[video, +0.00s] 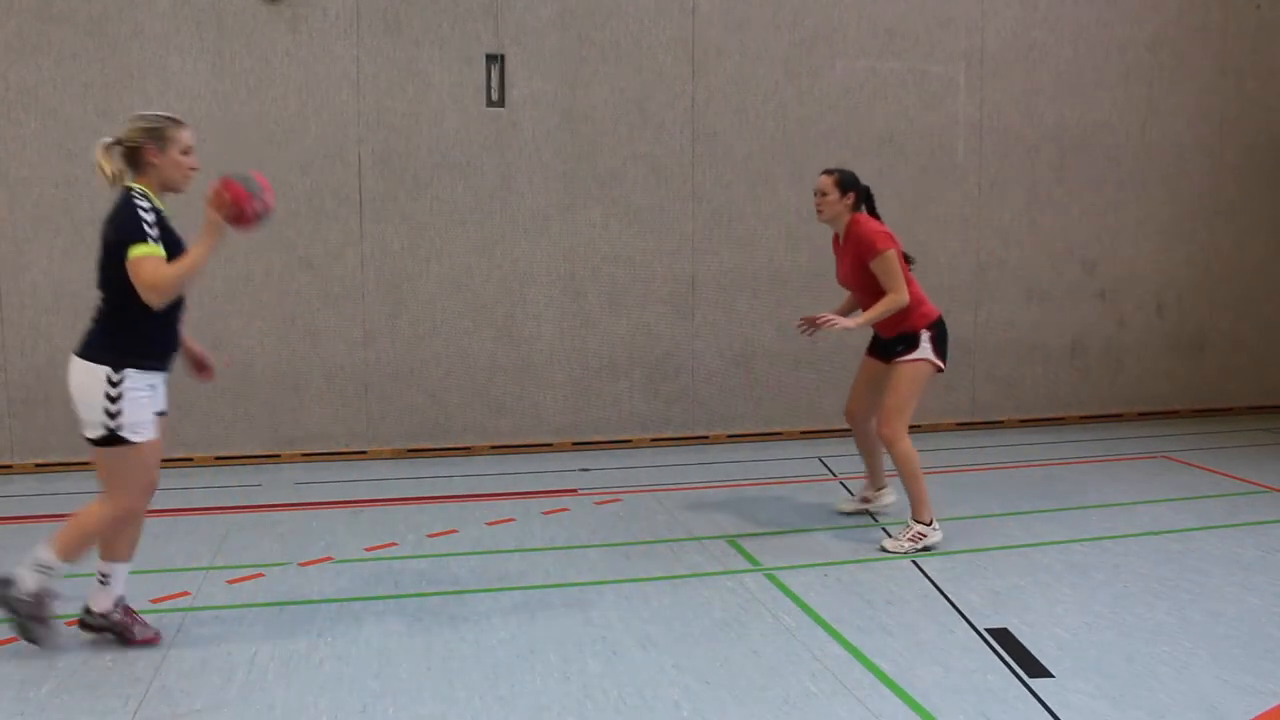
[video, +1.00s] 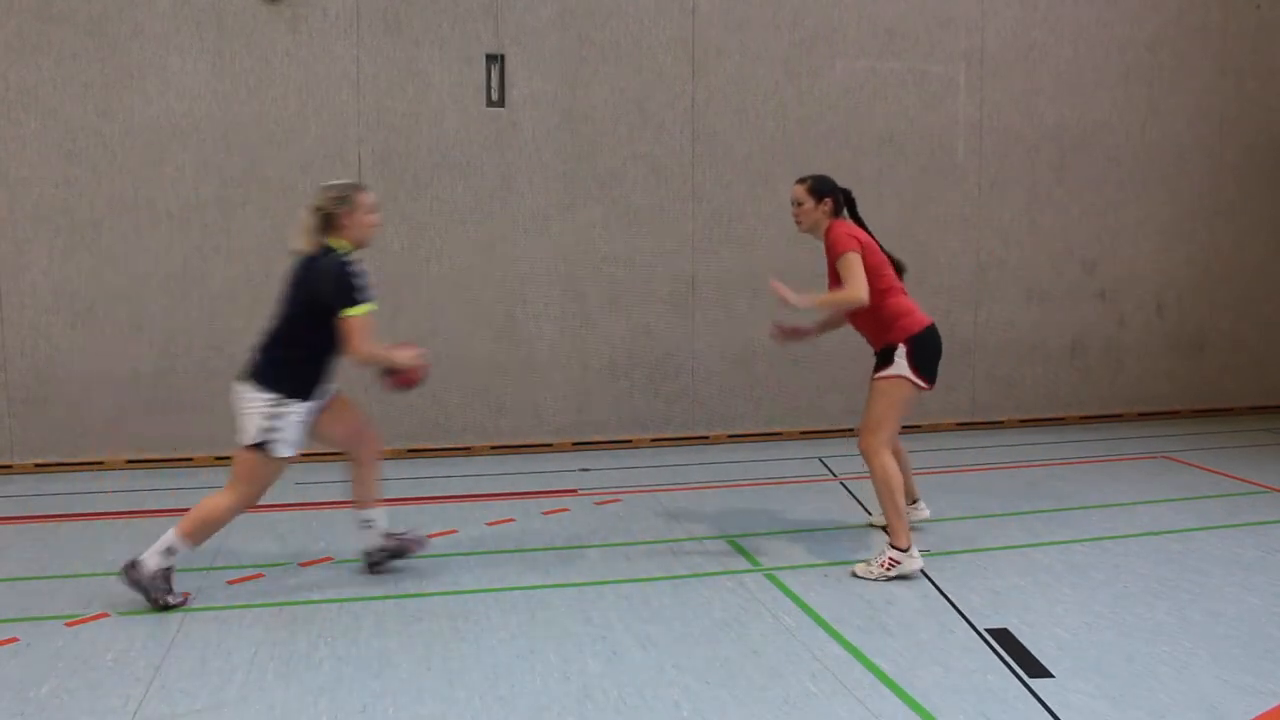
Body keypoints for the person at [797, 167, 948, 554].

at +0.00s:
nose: (816, 202)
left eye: (823, 195)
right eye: (815, 195)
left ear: (848, 198)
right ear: (837, 201)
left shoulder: (870, 234)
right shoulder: (842, 237)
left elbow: (899, 295)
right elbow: (862, 289)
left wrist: (854, 322)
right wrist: (832, 316)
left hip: (920, 334)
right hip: (887, 335)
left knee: (891, 427)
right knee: (858, 414)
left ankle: (925, 524)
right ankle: (877, 489)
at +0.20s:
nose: (800, 223)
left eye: (807, 215)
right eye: (800, 216)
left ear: (832, 218)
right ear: (822, 220)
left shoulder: (849, 250)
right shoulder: (826, 256)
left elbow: (880, 312)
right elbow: (844, 310)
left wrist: (833, 334)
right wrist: (812, 336)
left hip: (905, 347)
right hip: (876, 348)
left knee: (861, 428)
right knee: (842, 422)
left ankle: (915, 514)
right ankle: (867, 495)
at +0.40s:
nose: (790, 231)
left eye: (797, 224)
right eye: (790, 224)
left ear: (821, 227)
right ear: (815, 229)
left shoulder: (839, 258)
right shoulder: (818, 263)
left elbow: (872, 319)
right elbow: (831, 311)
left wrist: (828, 340)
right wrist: (797, 340)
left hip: (900, 349)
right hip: (874, 350)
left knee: (851, 426)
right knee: (838, 422)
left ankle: (875, 527)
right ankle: (866, 493)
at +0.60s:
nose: (787, 223)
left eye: (793, 215)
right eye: (786, 216)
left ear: (819, 217)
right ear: (816, 219)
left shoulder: (835, 248)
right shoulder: (826, 249)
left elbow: (865, 309)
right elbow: (841, 311)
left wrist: (813, 332)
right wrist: (803, 330)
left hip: (895, 349)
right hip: (881, 349)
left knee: (846, 437)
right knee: (855, 428)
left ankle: (877, 537)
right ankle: (865, 495)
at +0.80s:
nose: (791, 212)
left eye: (797, 204)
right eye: (790, 204)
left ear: (823, 205)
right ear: (817, 207)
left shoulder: (843, 237)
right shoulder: (830, 242)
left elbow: (876, 297)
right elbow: (854, 304)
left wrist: (826, 319)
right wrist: (814, 336)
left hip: (904, 338)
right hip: (887, 341)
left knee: (861, 433)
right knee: (871, 428)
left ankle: (888, 537)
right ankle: (908, 502)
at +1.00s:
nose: (794, 213)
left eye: (799, 205)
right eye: (792, 206)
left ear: (826, 204)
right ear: (824, 206)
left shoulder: (841, 233)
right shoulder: (835, 240)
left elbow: (858, 294)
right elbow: (851, 308)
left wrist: (803, 301)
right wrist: (809, 330)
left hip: (908, 342)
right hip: (898, 343)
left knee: (873, 443)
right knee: (880, 432)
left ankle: (901, 550)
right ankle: (910, 503)